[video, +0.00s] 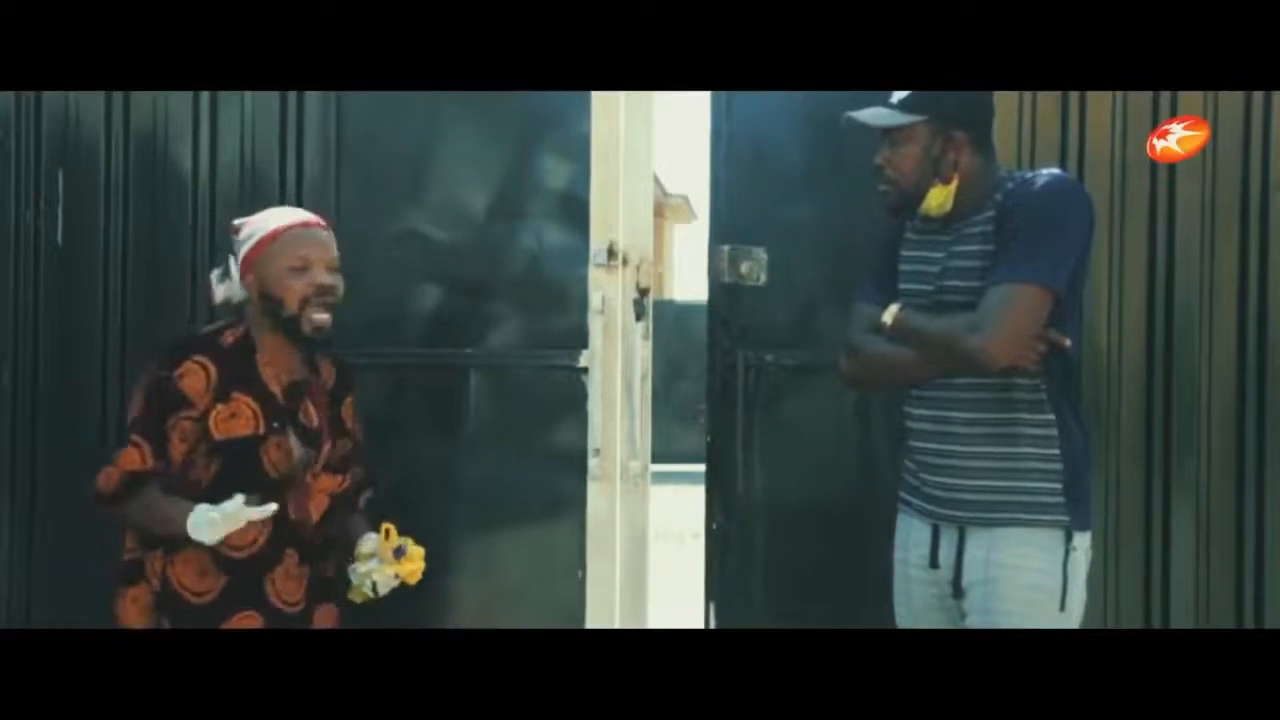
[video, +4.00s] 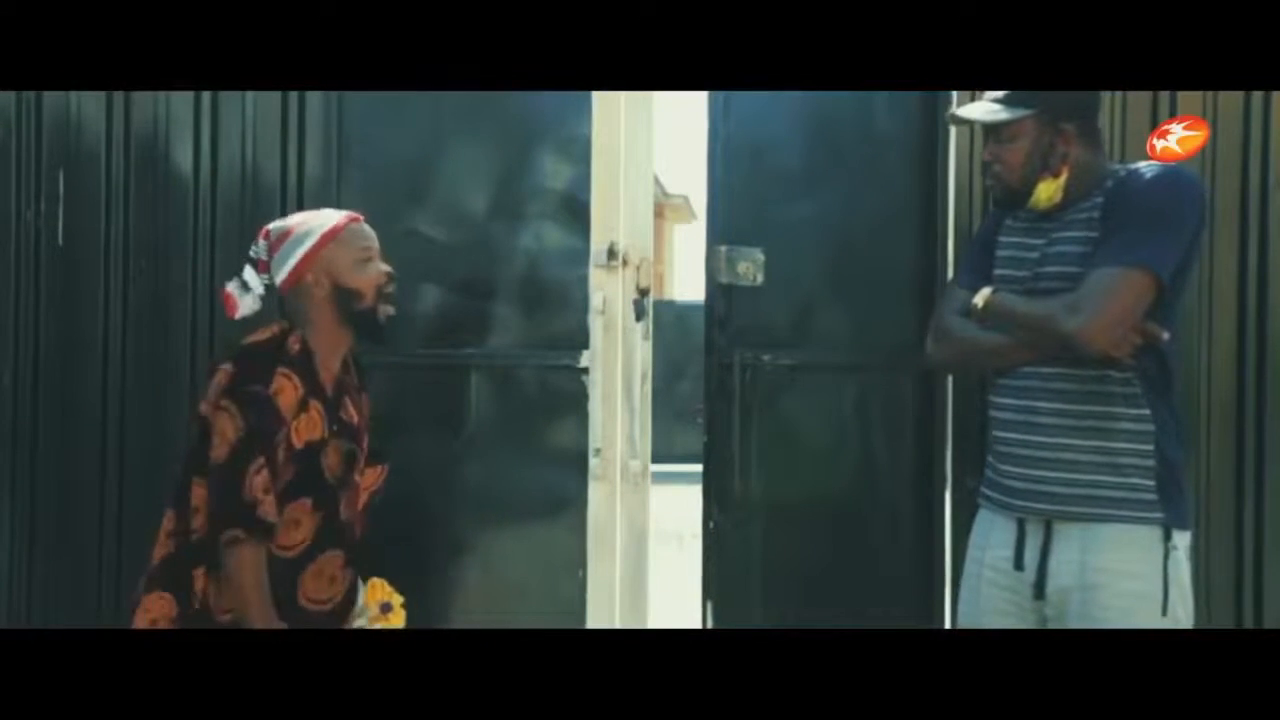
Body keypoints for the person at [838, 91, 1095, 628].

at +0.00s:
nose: (878, 161)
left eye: (896, 143)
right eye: (880, 143)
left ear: (954, 146)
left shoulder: (1048, 198)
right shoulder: (903, 223)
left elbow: (995, 345)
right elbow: (855, 362)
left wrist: (894, 318)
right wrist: (984, 343)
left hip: (1026, 523)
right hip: (922, 513)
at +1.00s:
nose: (879, 162)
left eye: (896, 144)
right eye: (880, 145)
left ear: (956, 144)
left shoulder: (1048, 195)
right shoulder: (905, 221)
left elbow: (997, 343)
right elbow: (856, 359)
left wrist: (894, 316)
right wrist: (982, 339)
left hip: (1027, 521)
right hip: (923, 511)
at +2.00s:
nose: (1025, 145)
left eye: (1043, 127)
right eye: (1025, 128)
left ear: (1104, 136)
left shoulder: (1196, 192)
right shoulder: (1029, 216)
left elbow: (1127, 326)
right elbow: (961, 336)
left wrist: (1013, 294)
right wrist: (1104, 327)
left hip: (1143, 527)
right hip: (1021, 514)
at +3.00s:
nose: (992, 152)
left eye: (1010, 136)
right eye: (991, 136)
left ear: (1068, 138)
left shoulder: (1164, 191)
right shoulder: (1006, 216)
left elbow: (1096, 331)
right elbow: (941, 342)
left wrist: (986, 300)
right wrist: (1072, 329)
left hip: (1120, 528)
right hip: (1001, 517)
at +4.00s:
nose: (987, 156)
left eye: (1004, 139)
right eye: (986, 139)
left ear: (1063, 140)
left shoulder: (1160, 189)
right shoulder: (1005, 215)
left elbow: (1093, 328)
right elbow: (941, 343)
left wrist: (983, 300)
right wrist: (1071, 331)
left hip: (1121, 528)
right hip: (1003, 516)